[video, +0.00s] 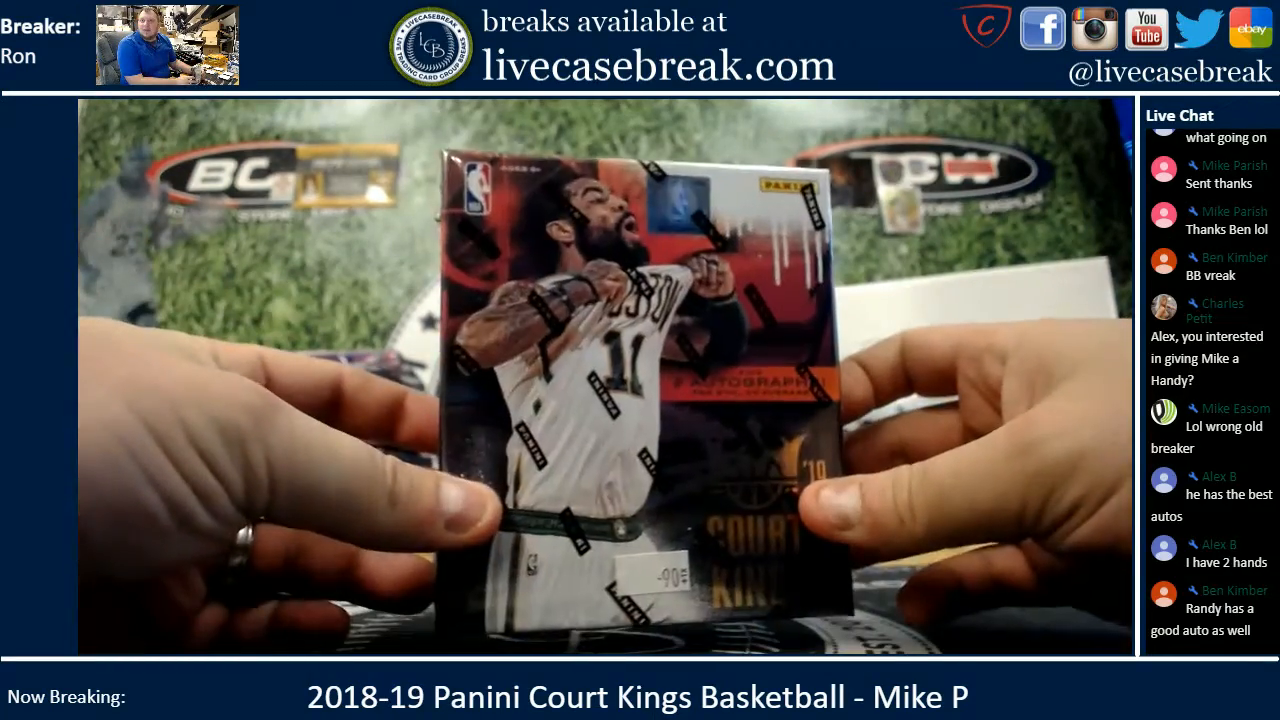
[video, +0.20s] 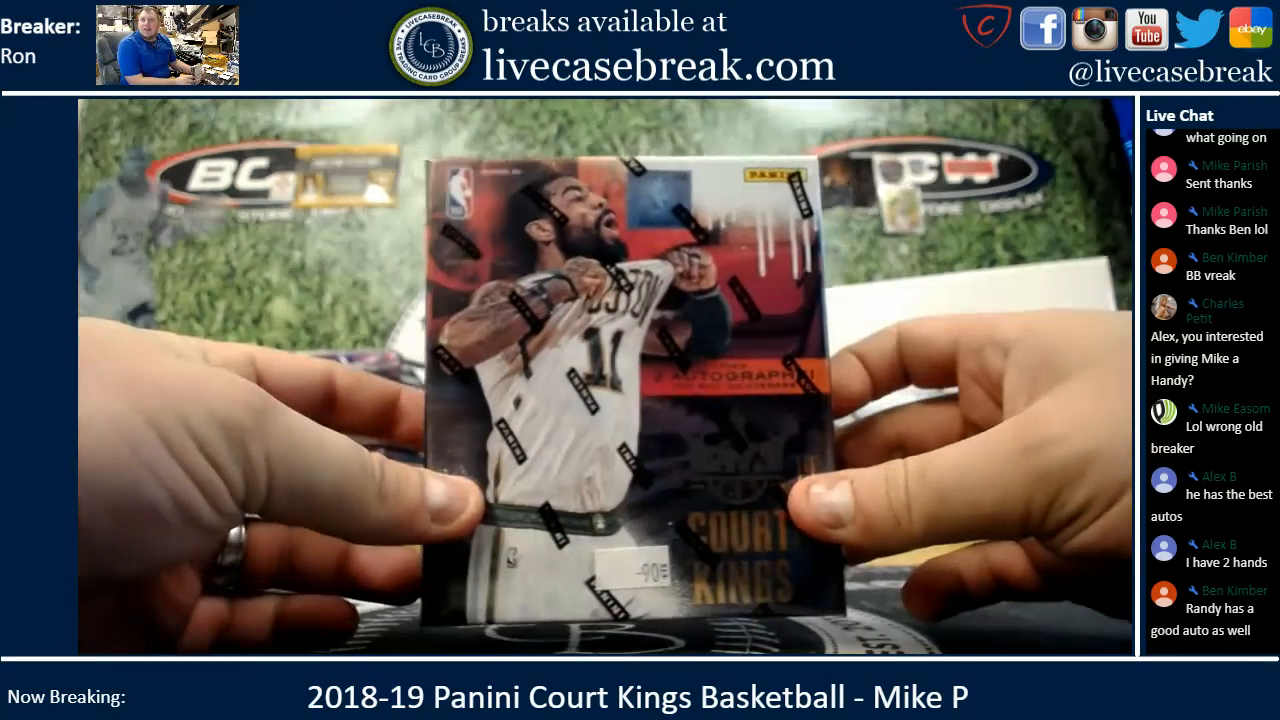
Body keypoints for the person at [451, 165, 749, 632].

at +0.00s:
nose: (620, 203)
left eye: (614, 195)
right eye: (595, 198)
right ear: (562, 230)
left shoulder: (652, 290)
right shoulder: (524, 297)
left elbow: (724, 346)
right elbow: (475, 344)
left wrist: (721, 298)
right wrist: (580, 288)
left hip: (630, 536)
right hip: (546, 541)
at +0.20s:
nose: (600, 201)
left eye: (593, 193)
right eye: (575, 197)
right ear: (541, 230)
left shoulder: (631, 289)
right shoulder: (505, 296)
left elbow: (711, 339)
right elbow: (453, 348)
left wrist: (704, 292)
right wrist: (556, 288)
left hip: (609, 532)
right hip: (526, 536)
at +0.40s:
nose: (590, 203)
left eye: (582, 196)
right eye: (566, 200)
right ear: (533, 233)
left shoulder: (623, 287)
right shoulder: (498, 301)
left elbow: (703, 338)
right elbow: (447, 352)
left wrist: (695, 290)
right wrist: (549, 290)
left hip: (603, 531)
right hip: (522, 536)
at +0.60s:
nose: (582, 217)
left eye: (585, 210)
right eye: (562, 208)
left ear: (599, 228)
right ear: (531, 231)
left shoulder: (617, 288)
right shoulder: (496, 297)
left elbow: (695, 340)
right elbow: (445, 355)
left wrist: (685, 291)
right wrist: (544, 291)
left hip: (593, 527)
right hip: (513, 531)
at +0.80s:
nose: (590, 228)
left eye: (583, 221)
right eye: (567, 224)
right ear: (535, 250)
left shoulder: (619, 292)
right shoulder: (499, 304)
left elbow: (692, 334)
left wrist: (682, 296)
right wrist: (547, 296)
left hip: (589, 522)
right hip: (509, 523)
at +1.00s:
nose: (596, 232)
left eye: (593, 226)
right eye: (572, 226)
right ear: (540, 253)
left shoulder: (622, 298)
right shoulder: (506, 303)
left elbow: (696, 344)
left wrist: (689, 302)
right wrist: (558, 299)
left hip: (595, 518)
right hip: (518, 519)